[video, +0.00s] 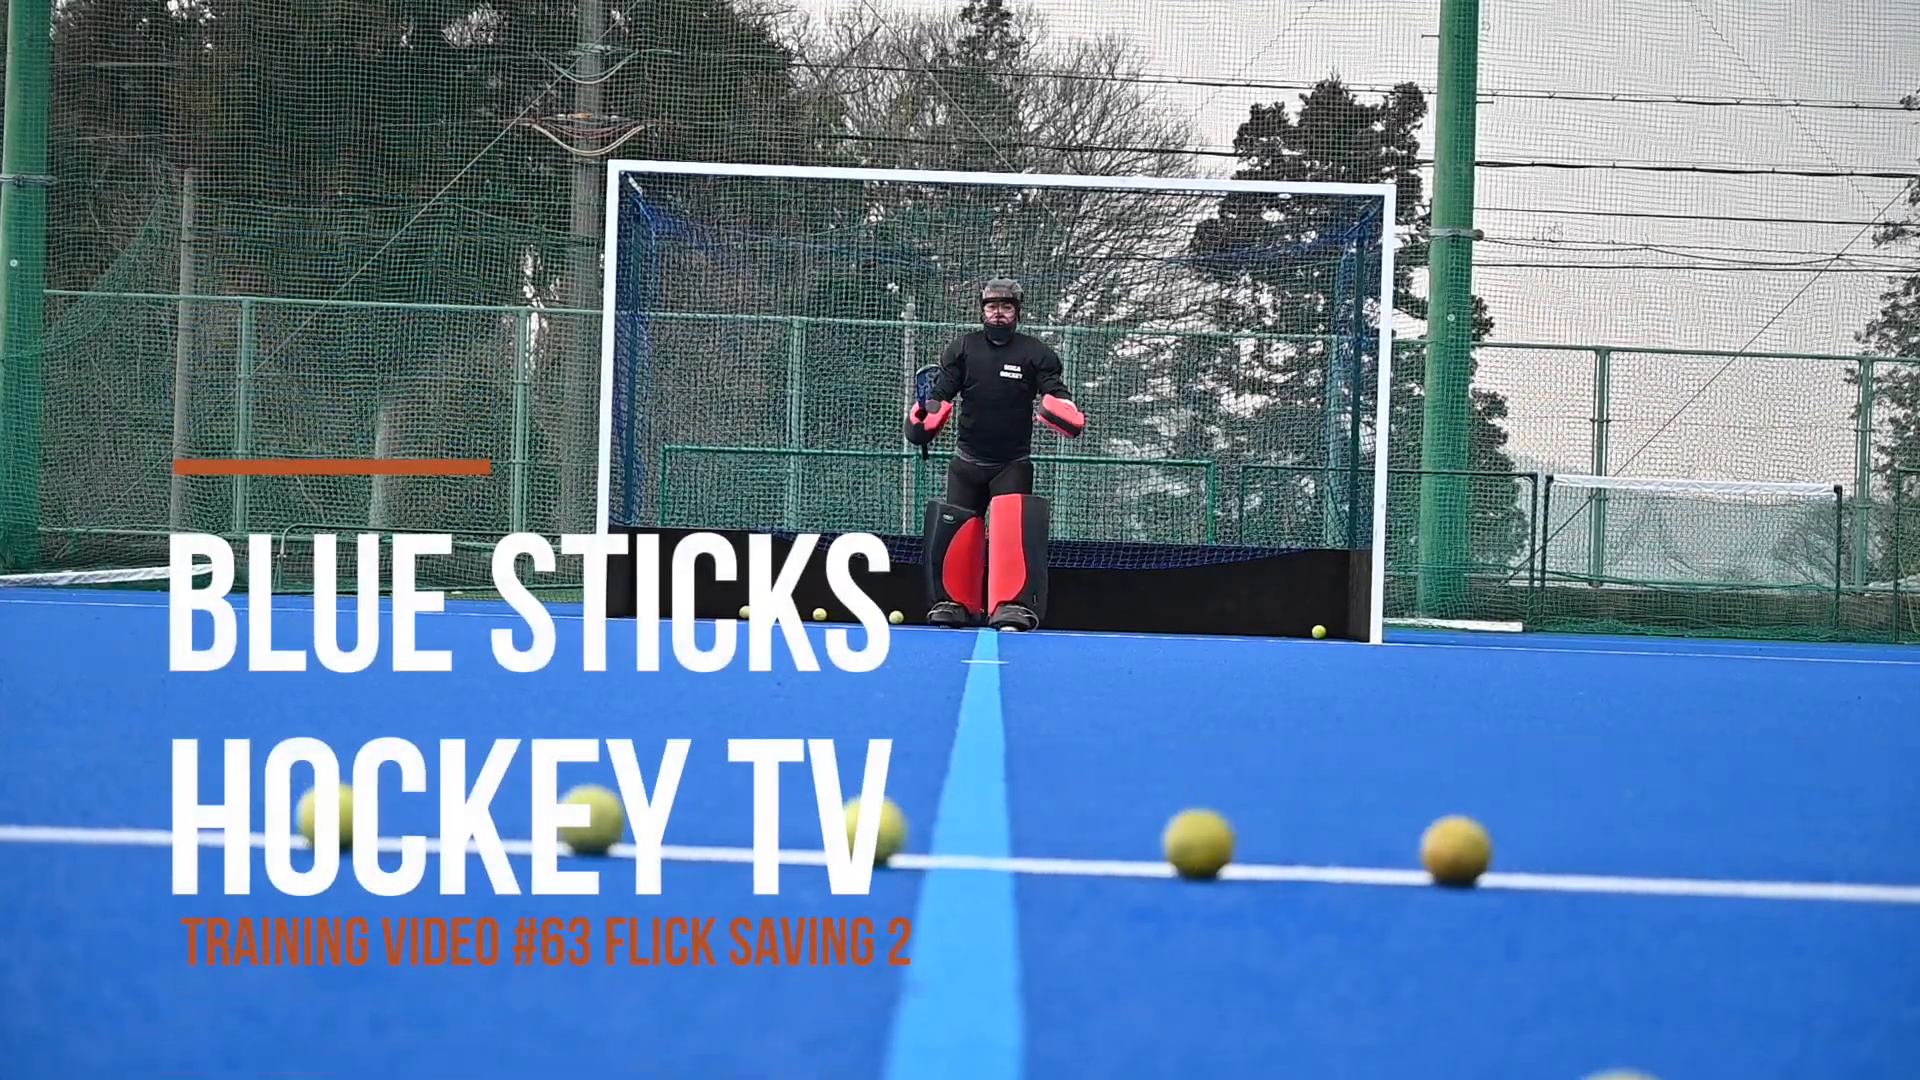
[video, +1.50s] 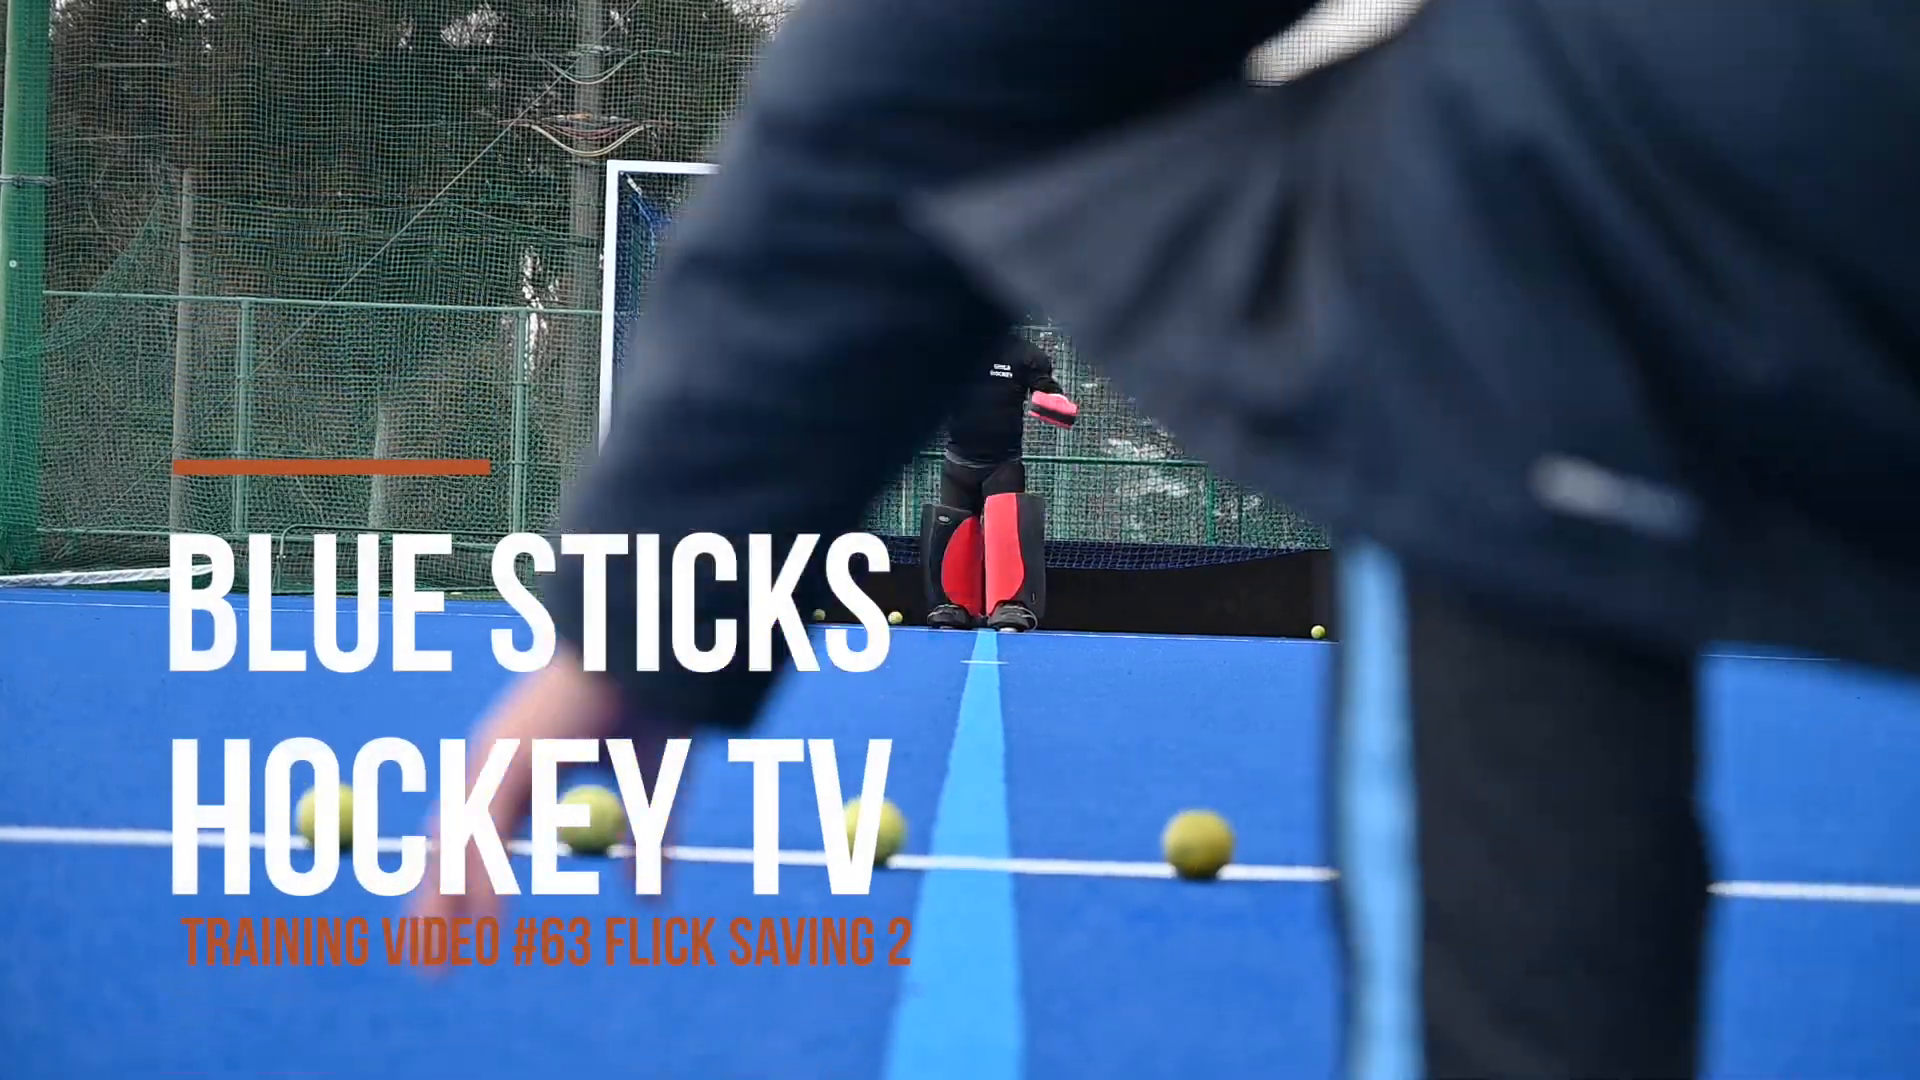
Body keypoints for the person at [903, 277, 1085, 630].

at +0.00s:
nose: (999, 312)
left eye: (1006, 306)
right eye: (992, 305)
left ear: (1017, 311)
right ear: (982, 309)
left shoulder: (1036, 353)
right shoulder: (962, 348)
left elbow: (1056, 393)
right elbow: (939, 394)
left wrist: (1063, 413)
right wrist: (924, 418)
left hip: (1012, 462)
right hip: (967, 460)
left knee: (1010, 531)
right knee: (957, 529)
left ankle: (1010, 607)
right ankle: (955, 604)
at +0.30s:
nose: (989, 316)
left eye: (997, 309)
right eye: (983, 309)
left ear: (1009, 314)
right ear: (973, 314)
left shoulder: (1029, 355)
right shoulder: (954, 352)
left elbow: (1053, 393)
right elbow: (931, 401)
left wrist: (1058, 410)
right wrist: (922, 421)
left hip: (1007, 465)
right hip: (961, 463)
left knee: (1007, 533)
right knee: (955, 535)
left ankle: (1009, 607)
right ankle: (957, 606)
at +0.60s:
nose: (986, 315)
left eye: (994, 308)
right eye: (980, 308)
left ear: (1006, 313)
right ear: (970, 313)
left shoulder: (1028, 354)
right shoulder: (951, 352)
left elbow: (1051, 392)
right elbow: (928, 400)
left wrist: (1054, 405)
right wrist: (918, 417)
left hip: (1006, 464)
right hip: (960, 462)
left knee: (1005, 530)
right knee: (955, 533)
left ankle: (1008, 606)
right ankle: (956, 605)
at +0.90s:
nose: (989, 315)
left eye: (997, 308)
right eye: (982, 308)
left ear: (1008, 313)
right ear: (972, 313)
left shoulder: (1029, 354)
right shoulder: (955, 353)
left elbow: (1055, 396)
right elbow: (929, 402)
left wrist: (1056, 404)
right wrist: (918, 421)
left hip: (1007, 465)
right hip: (961, 463)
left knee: (1007, 530)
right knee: (953, 532)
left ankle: (1010, 607)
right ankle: (955, 606)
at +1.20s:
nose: (985, 315)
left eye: (992, 308)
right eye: (978, 308)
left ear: (1005, 312)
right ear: (969, 313)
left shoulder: (1028, 354)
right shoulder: (954, 353)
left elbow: (1051, 393)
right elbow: (929, 400)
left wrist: (1056, 405)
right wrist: (918, 420)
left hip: (1006, 465)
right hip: (960, 463)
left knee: (1006, 530)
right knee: (954, 533)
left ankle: (1008, 607)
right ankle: (956, 606)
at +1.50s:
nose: (985, 327)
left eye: (990, 320)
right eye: (977, 322)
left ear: (1001, 322)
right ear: (968, 325)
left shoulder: (1022, 354)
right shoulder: (955, 352)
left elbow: (1052, 394)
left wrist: (1050, 404)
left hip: (1004, 464)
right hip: (958, 461)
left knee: (1007, 533)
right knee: (949, 533)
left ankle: (1009, 606)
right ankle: (952, 605)